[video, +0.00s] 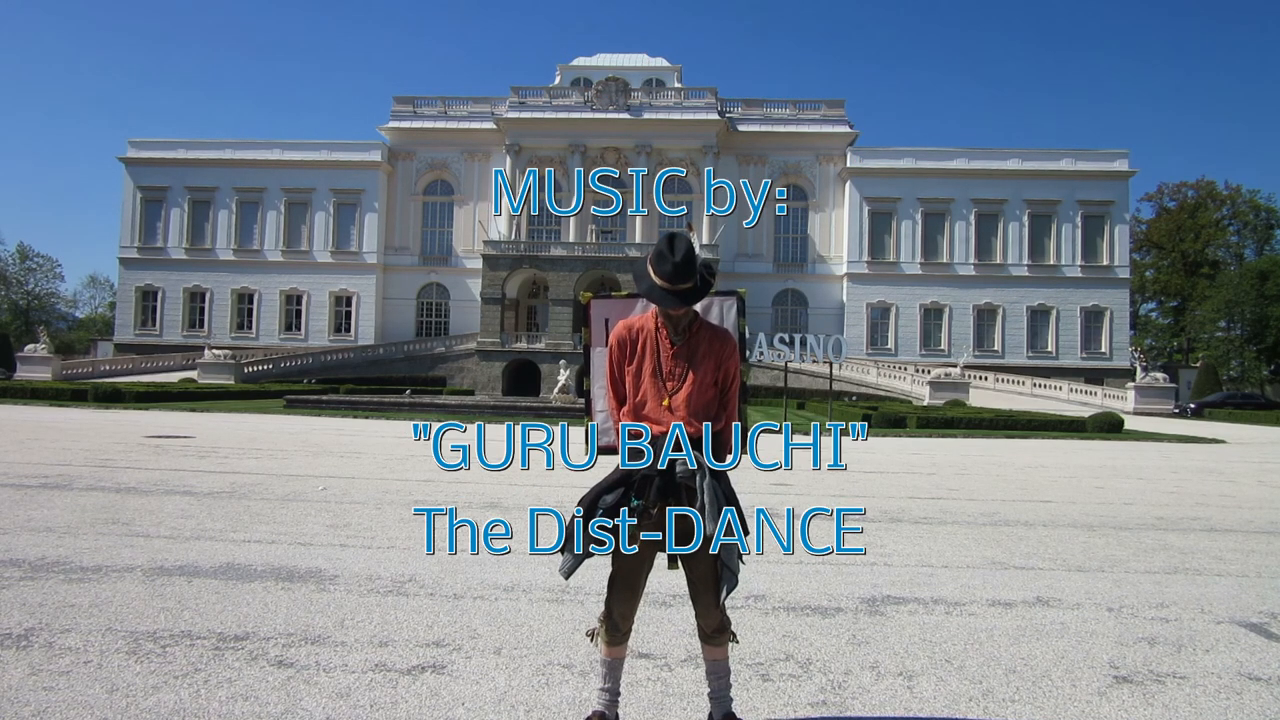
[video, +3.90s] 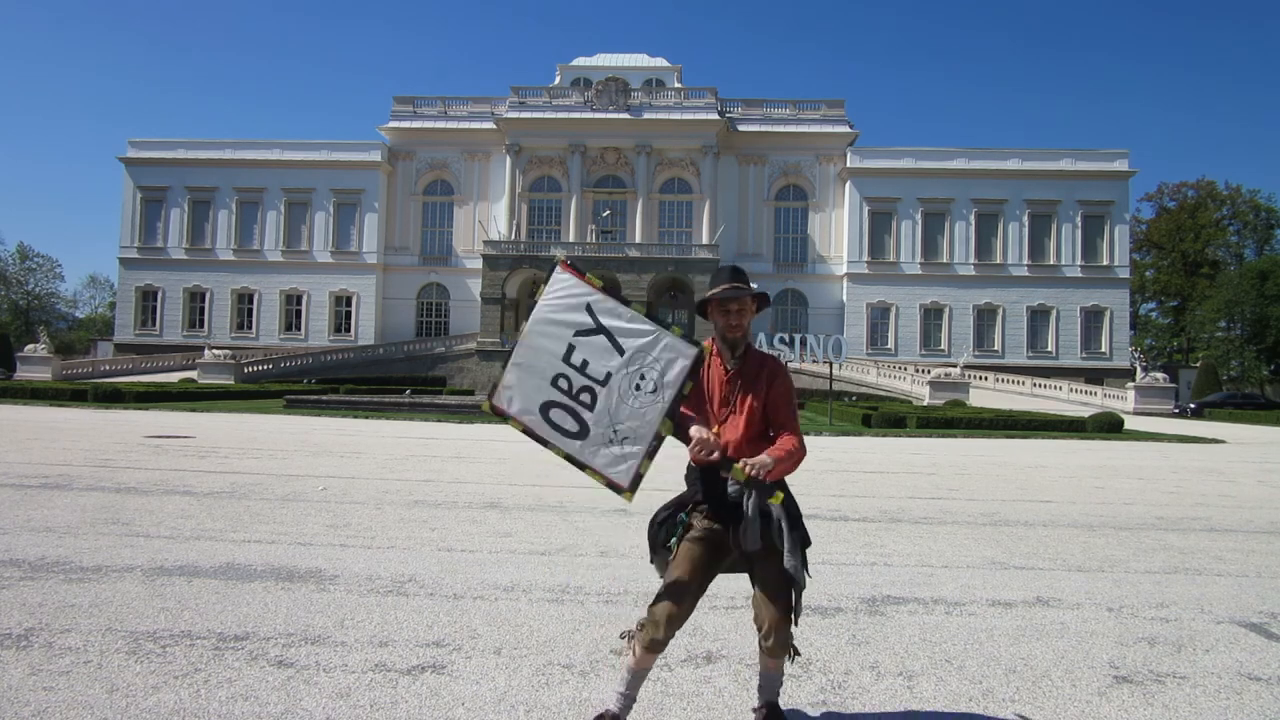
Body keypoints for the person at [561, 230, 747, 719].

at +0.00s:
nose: (676, 308)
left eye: (684, 299)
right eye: (667, 299)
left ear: (697, 293)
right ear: (653, 291)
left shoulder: (723, 344)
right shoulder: (626, 336)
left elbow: (729, 422)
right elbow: (618, 411)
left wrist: (705, 460)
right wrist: (641, 447)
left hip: (699, 489)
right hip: (640, 486)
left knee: (710, 603)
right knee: (621, 599)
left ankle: (721, 705)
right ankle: (608, 700)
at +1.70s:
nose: (676, 314)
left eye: (684, 305)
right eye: (667, 305)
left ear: (697, 298)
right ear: (652, 296)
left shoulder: (718, 342)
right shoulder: (622, 336)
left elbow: (756, 405)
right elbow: (612, 411)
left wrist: (780, 470)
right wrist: (633, 467)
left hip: (698, 481)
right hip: (638, 480)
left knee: (709, 603)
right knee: (620, 599)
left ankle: (720, 706)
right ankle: (606, 701)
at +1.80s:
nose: (678, 314)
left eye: (686, 304)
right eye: (669, 304)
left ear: (698, 297)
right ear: (653, 295)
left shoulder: (717, 338)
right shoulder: (623, 336)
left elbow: (775, 377)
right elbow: (611, 415)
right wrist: (631, 471)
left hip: (699, 481)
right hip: (639, 481)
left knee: (709, 603)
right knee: (620, 601)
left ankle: (721, 706)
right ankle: (606, 702)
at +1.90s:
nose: (679, 317)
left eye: (688, 308)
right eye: (670, 308)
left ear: (701, 299)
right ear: (654, 297)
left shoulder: (717, 335)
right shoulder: (625, 335)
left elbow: (779, 346)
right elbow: (612, 410)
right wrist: (629, 469)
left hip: (699, 478)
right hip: (638, 477)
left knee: (710, 600)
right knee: (621, 599)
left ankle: (721, 706)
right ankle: (606, 702)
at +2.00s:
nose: (678, 317)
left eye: (687, 308)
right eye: (669, 307)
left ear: (701, 296)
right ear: (653, 297)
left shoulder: (718, 329)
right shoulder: (627, 334)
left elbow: (776, 308)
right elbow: (610, 408)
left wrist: (752, 257)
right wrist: (628, 468)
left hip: (698, 475)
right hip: (639, 474)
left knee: (711, 598)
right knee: (623, 594)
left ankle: (721, 707)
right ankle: (606, 700)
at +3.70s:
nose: (687, 298)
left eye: (695, 288)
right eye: (677, 289)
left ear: (707, 290)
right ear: (660, 292)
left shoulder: (718, 336)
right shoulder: (634, 341)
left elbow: (788, 367)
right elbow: (587, 408)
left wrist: (777, 333)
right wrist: (556, 472)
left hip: (711, 476)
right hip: (651, 477)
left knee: (757, 590)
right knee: (632, 603)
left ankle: (767, 693)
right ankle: (608, 702)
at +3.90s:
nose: (733, 316)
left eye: (741, 307)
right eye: (723, 308)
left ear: (754, 310)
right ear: (709, 315)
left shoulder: (771, 369)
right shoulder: (692, 366)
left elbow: (792, 440)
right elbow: (677, 411)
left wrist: (772, 459)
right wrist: (700, 436)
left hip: (763, 501)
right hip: (709, 498)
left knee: (776, 612)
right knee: (673, 597)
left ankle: (768, 705)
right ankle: (620, 703)